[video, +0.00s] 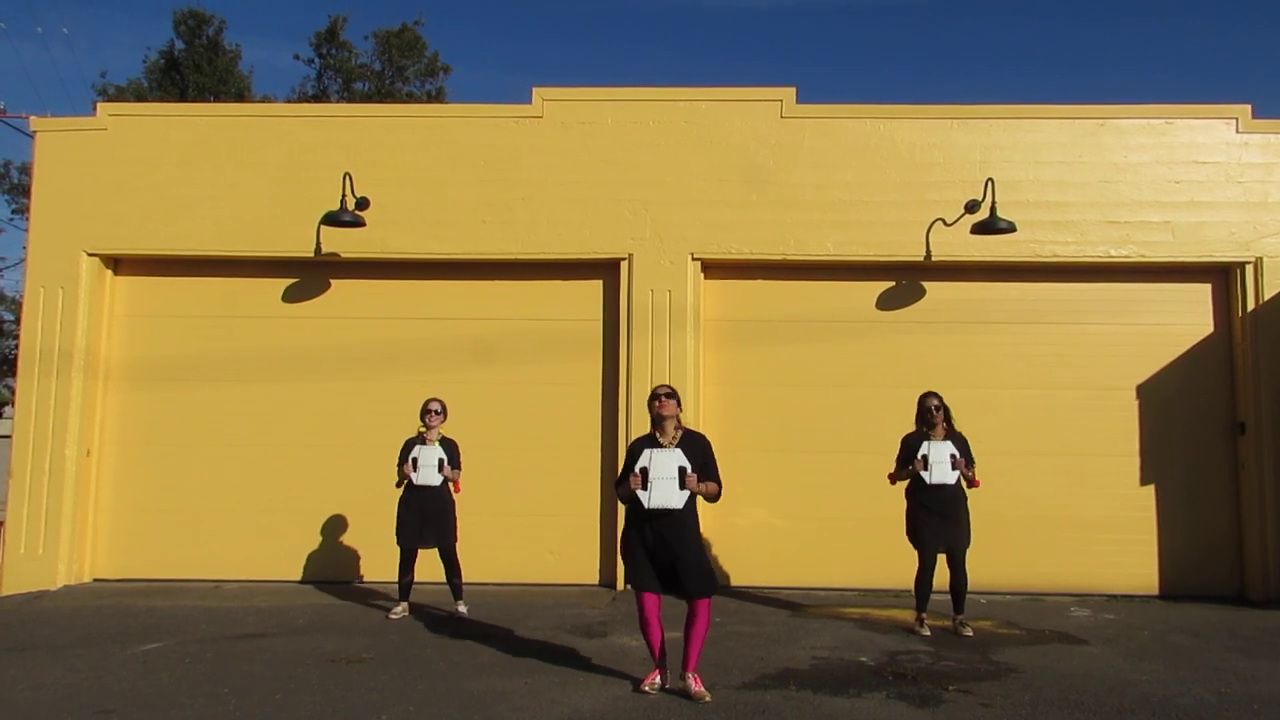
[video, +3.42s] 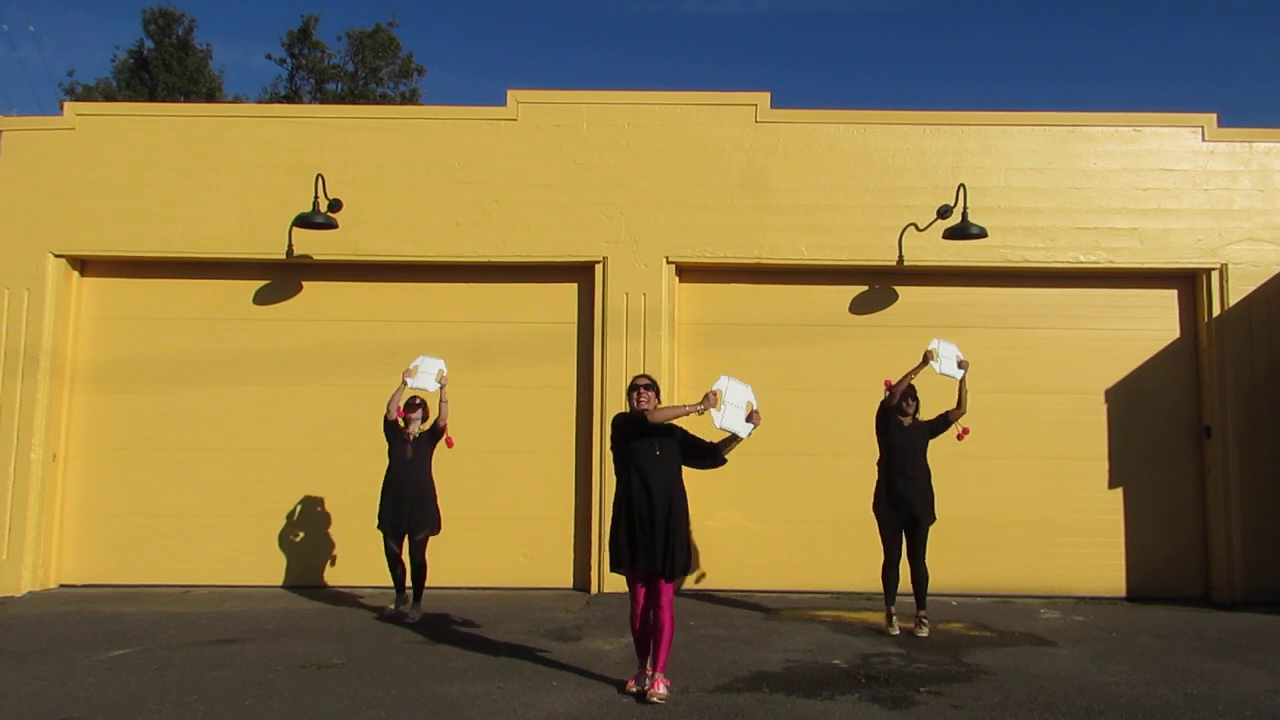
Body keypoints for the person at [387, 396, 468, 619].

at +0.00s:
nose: (432, 416)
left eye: (437, 412)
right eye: (428, 412)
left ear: (443, 417)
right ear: (422, 416)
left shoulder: (449, 445)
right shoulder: (411, 443)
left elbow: (456, 476)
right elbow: (400, 477)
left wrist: (449, 473)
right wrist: (404, 473)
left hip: (440, 505)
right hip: (412, 505)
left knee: (448, 554)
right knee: (407, 554)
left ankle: (459, 603)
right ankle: (403, 603)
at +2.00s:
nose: (417, 417)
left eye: (421, 413)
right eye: (413, 414)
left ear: (430, 417)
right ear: (408, 418)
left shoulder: (438, 446)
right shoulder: (400, 446)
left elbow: (447, 475)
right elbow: (388, 478)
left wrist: (436, 475)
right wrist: (391, 476)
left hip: (427, 510)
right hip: (399, 509)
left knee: (433, 558)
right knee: (392, 556)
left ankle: (442, 605)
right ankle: (386, 605)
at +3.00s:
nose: (407, 423)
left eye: (412, 420)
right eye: (403, 420)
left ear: (420, 425)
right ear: (399, 426)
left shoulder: (428, 454)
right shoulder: (391, 453)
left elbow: (438, 483)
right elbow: (374, 479)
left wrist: (430, 482)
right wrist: (387, 474)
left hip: (419, 516)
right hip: (391, 514)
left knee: (424, 561)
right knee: (382, 561)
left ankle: (432, 607)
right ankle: (378, 606)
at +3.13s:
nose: (407, 409)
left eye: (412, 406)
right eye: (403, 406)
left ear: (420, 412)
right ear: (398, 411)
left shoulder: (425, 436)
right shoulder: (390, 433)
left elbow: (440, 462)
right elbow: (381, 443)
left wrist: (450, 450)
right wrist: (410, 438)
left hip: (419, 501)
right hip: (392, 500)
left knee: (420, 554)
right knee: (385, 552)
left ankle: (426, 601)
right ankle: (375, 601)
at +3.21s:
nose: (407, 408)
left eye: (413, 405)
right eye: (403, 405)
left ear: (420, 413)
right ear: (397, 410)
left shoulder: (423, 439)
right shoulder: (388, 433)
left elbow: (442, 449)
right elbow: (391, 426)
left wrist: (458, 433)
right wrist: (422, 418)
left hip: (419, 501)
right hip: (393, 500)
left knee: (417, 553)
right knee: (388, 551)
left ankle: (418, 603)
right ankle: (382, 598)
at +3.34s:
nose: (409, 415)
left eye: (414, 413)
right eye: (408, 412)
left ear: (420, 420)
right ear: (403, 419)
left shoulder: (424, 443)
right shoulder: (393, 440)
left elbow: (447, 433)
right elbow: (396, 419)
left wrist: (456, 406)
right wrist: (417, 397)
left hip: (421, 508)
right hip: (394, 508)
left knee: (419, 559)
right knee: (386, 553)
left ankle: (417, 606)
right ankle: (394, 597)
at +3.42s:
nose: (414, 408)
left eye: (419, 406)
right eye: (411, 406)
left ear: (424, 414)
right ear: (404, 412)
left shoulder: (429, 438)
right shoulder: (394, 435)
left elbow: (442, 420)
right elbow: (391, 412)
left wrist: (443, 389)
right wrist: (403, 385)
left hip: (421, 502)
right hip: (394, 501)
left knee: (418, 555)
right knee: (392, 552)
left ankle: (416, 604)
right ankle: (400, 596)